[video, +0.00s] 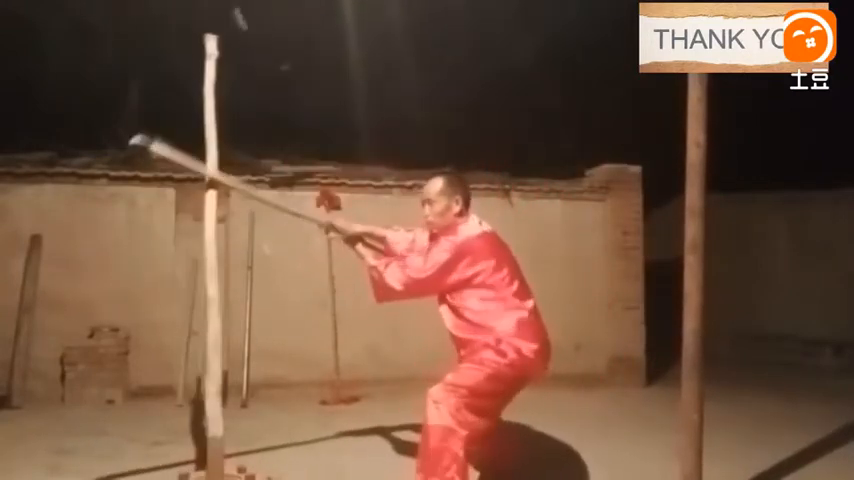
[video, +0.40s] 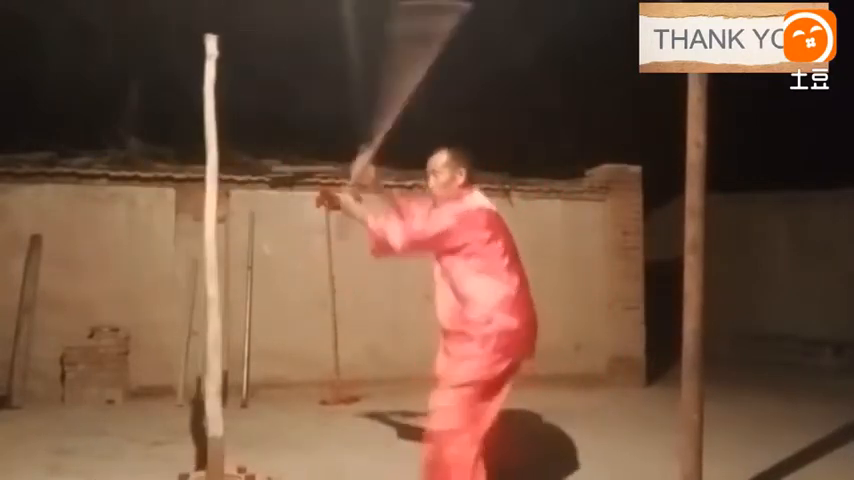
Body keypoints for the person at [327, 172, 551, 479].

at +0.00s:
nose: (424, 212)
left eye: (430, 203)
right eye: (423, 204)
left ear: (456, 205)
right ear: (455, 207)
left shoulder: (464, 243)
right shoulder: (466, 233)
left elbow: (401, 277)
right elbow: (406, 240)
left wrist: (356, 243)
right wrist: (353, 228)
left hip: (508, 350)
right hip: (513, 346)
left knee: (444, 400)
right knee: (466, 408)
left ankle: (440, 474)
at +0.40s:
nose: (429, 180)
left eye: (436, 173)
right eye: (428, 173)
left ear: (460, 176)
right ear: (453, 177)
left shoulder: (472, 214)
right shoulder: (459, 208)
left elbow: (403, 234)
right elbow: (409, 213)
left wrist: (348, 204)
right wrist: (374, 189)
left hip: (492, 333)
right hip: (472, 330)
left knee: (451, 419)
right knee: (454, 417)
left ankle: (453, 475)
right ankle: (460, 474)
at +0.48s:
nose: (429, 175)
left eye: (436, 166)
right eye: (427, 168)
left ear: (460, 168)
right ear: (430, 169)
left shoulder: (473, 206)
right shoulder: (453, 202)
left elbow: (409, 219)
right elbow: (408, 199)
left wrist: (345, 200)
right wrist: (375, 166)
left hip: (501, 326)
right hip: (477, 323)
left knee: (473, 409)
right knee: (474, 407)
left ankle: (464, 474)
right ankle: (473, 471)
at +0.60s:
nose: (423, 166)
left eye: (429, 158)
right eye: (422, 159)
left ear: (453, 160)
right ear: (449, 162)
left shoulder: (468, 194)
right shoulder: (445, 192)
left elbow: (404, 204)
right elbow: (392, 184)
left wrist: (336, 192)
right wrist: (366, 145)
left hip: (499, 304)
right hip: (470, 306)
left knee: (483, 367)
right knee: (466, 377)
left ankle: (517, 457)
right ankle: (487, 457)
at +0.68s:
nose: (419, 164)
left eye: (425, 155)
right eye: (417, 157)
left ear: (449, 156)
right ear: (424, 162)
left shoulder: (466, 189)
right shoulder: (440, 190)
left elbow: (402, 206)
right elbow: (379, 188)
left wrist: (334, 192)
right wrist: (353, 148)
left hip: (492, 305)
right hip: (466, 308)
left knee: (486, 383)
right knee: (463, 390)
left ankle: (519, 461)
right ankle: (488, 461)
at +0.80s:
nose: (418, 158)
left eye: (425, 150)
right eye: (414, 151)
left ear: (448, 148)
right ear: (411, 153)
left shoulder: (467, 186)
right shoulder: (413, 190)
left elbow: (452, 230)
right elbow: (373, 200)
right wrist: (334, 200)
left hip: (481, 293)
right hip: (439, 293)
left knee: (461, 363)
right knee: (443, 365)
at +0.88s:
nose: (412, 164)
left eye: (419, 155)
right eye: (408, 157)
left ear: (444, 153)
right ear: (406, 159)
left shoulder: (466, 191)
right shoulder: (412, 196)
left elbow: (476, 249)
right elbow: (379, 210)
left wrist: (439, 267)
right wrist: (343, 206)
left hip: (462, 296)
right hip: (424, 295)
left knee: (445, 372)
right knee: (426, 371)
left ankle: (426, 458)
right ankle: (427, 439)